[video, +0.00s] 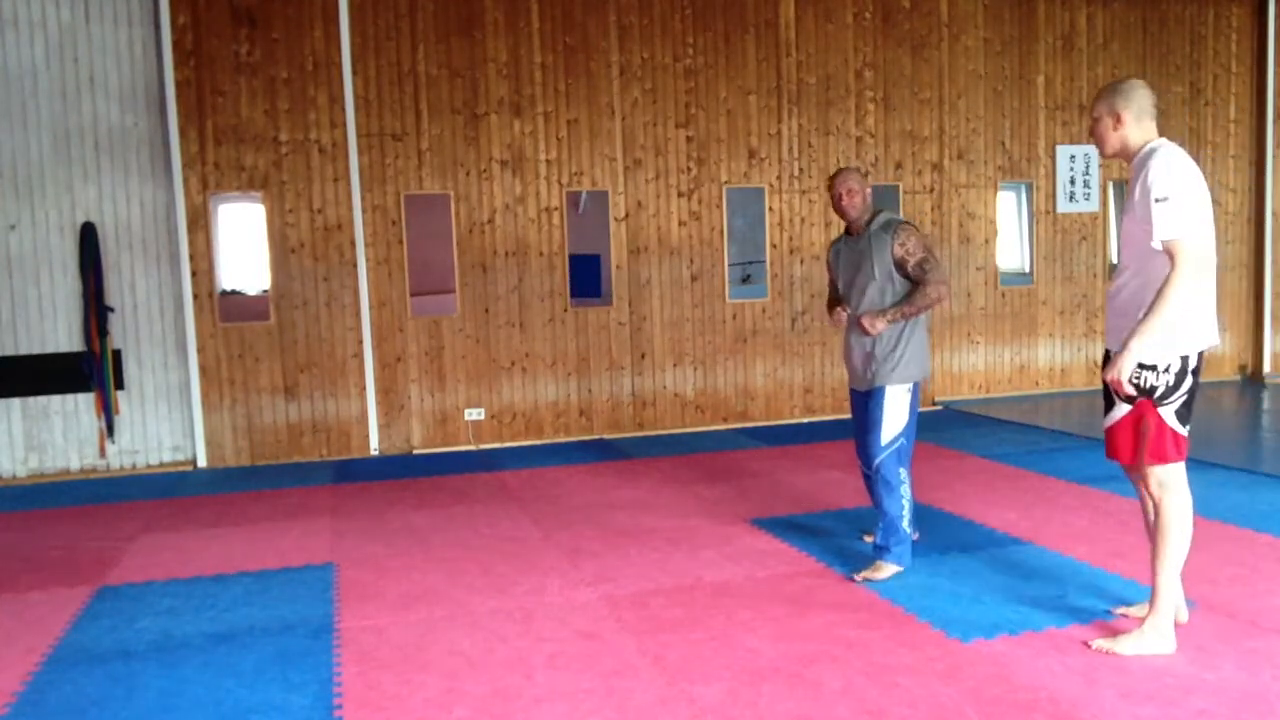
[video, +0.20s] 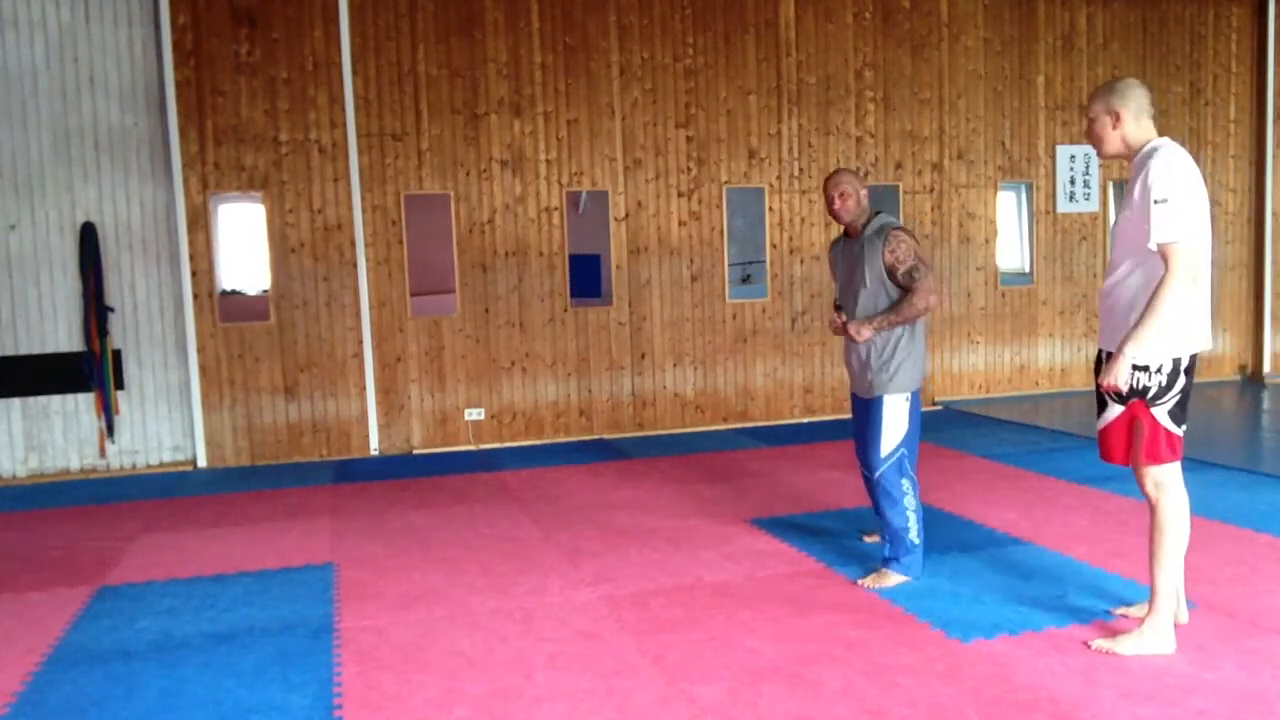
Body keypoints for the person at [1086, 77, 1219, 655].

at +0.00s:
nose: (1092, 133)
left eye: (1096, 121)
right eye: (1093, 122)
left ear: (1118, 120)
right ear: (1135, 117)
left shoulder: (1164, 168)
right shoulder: (1152, 169)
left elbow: (1186, 267)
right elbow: (1169, 266)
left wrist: (1135, 350)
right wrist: (1127, 341)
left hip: (1162, 349)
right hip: (1145, 346)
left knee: (1165, 478)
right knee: (1144, 472)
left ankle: (1162, 623)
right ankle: (1169, 595)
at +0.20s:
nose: (1089, 135)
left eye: (1092, 123)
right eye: (1089, 124)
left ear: (1117, 120)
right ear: (1126, 118)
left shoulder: (1164, 167)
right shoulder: (1153, 167)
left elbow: (1179, 270)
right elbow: (1165, 268)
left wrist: (1129, 352)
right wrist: (1121, 343)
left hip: (1156, 350)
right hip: (1148, 348)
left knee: (1160, 480)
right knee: (1158, 478)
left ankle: (1161, 625)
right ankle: (1170, 597)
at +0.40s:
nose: (1086, 135)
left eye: (1090, 123)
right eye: (1086, 124)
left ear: (1116, 119)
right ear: (1122, 117)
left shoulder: (1163, 168)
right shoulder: (1146, 169)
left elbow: (1179, 272)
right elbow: (1153, 269)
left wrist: (1146, 365)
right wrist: (1122, 351)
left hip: (1154, 355)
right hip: (1136, 351)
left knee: (1158, 482)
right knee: (1155, 480)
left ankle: (1161, 625)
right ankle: (1169, 597)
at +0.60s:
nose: (1081, 135)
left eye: (1086, 123)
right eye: (1081, 124)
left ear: (1114, 119)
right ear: (1119, 118)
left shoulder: (1160, 168)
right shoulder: (1142, 170)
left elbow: (1179, 272)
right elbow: (1154, 268)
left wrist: (1163, 367)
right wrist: (1124, 352)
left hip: (1152, 354)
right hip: (1134, 351)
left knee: (1158, 481)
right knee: (1155, 479)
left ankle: (1160, 625)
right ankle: (1169, 598)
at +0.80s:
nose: (1081, 133)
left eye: (1085, 121)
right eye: (1080, 123)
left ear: (1114, 118)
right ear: (1118, 117)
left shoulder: (1158, 168)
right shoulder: (1138, 170)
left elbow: (1180, 270)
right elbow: (1151, 267)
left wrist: (1158, 365)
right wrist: (1121, 350)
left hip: (1151, 355)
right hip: (1131, 352)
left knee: (1158, 482)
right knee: (1154, 480)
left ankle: (1160, 625)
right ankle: (1168, 597)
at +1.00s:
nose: (1081, 134)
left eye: (1085, 122)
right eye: (1081, 123)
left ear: (1113, 117)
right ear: (1118, 116)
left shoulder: (1155, 168)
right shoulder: (1141, 169)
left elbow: (1175, 270)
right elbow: (1157, 267)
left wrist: (1143, 362)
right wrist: (1120, 351)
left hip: (1147, 353)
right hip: (1134, 349)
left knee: (1157, 482)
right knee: (1154, 480)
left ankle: (1160, 625)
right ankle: (1168, 596)